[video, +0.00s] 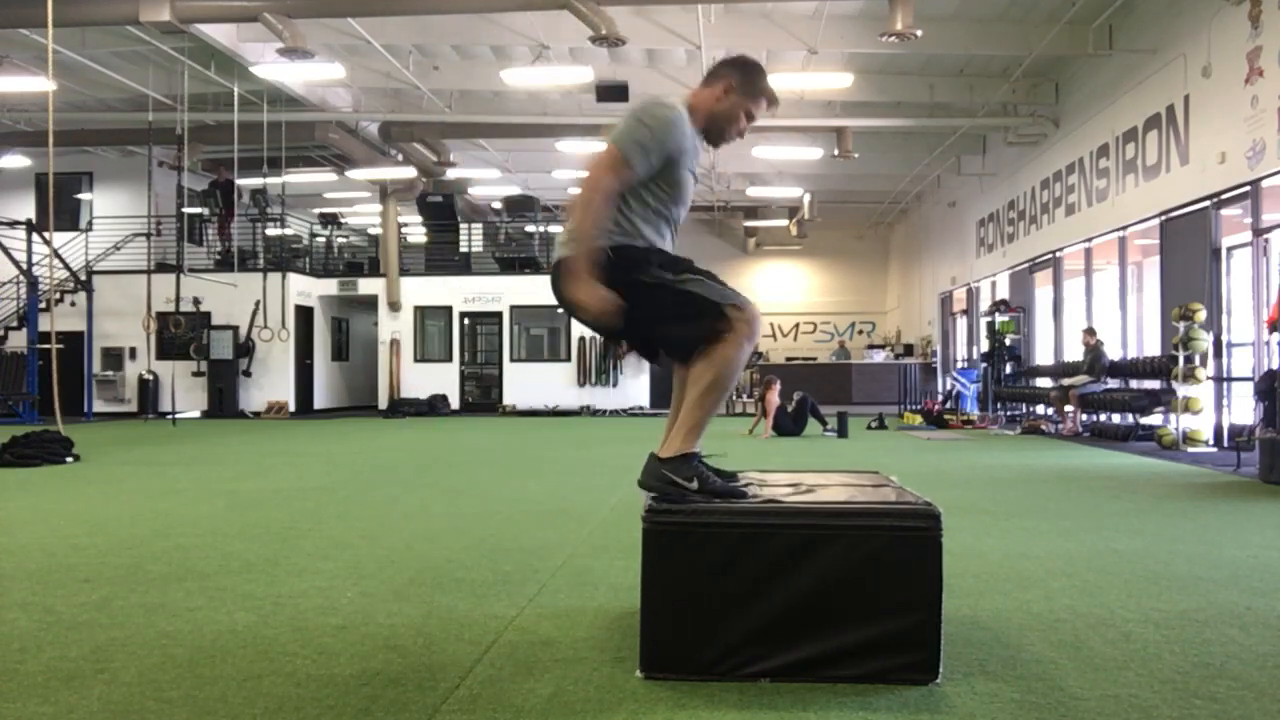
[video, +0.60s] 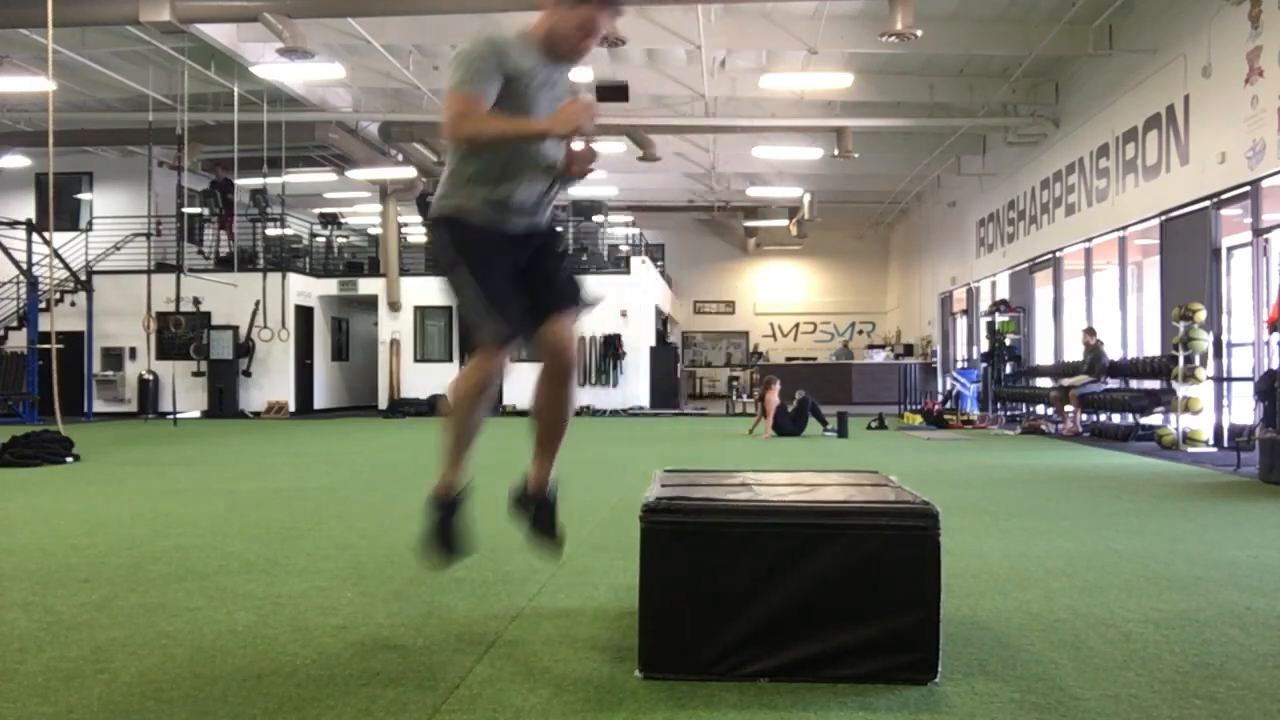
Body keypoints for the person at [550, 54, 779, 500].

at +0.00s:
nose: (744, 131)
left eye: (750, 124)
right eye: (746, 116)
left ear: (721, 93)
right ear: (722, 89)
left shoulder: (686, 146)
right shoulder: (666, 116)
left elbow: (645, 232)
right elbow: (599, 181)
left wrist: (636, 318)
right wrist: (581, 274)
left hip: (632, 266)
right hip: (617, 259)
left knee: (703, 342)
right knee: (741, 321)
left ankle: (673, 459)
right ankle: (676, 457)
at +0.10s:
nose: (740, 129)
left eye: (747, 121)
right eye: (742, 114)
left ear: (716, 90)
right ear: (719, 88)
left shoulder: (674, 133)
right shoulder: (672, 122)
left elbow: (621, 218)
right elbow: (637, 198)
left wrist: (603, 318)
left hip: (586, 275)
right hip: (604, 264)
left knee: (709, 354)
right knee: (742, 326)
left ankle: (670, 463)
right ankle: (676, 459)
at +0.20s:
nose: (723, 97)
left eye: (729, 91)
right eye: (724, 82)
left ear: (702, 64)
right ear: (698, 57)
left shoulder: (663, 113)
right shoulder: (648, 90)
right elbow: (635, 161)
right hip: (593, 239)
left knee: (702, 335)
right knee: (720, 318)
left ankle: (675, 459)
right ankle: (673, 459)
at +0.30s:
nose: (699, 54)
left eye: (706, 47)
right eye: (700, 39)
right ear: (676, 10)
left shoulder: (642, 67)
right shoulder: (623, 36)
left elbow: (597, 156)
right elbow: (587, 101)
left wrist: (618, 214)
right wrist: (668, 151)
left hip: (581, 201)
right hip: (559, 196)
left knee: (667, 303)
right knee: (665, 301)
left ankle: (676, 450)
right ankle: (666, 455)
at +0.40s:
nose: (670, 26)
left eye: (677, 19)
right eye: (671, 13)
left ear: (654, 9)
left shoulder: (620, 47)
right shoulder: (584, 13)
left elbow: (560, 126)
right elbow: (536, 73)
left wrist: (605, 161)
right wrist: (614, 116)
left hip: (571, 180)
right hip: (524, 170)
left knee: (645, 282)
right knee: (603, 290)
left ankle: (610, 421)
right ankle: (618, 442)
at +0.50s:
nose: (633, 26)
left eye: (638, 18)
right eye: (632, 13)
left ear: (616, 9)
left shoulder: (593, 51)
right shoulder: (533, 16)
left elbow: (542, 125)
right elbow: (488, 84)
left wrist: (580, 148)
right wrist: (575, 110)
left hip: (553, 191)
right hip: (492, 185)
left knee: (611, 296)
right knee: (557, 301)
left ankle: (557, 420)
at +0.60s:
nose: (590, 44)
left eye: (599, 36)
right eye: (586, 29)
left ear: (600, 31)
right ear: (553, 10)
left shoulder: (563, 76)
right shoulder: (492, 51)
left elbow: (530, 162)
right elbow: (458, 124)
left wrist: (567, 167)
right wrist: (548, 125)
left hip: (530, 228)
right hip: (467, 222)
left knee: (562, 348)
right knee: (493, 349)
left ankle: (537, 489)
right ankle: (446, 490)